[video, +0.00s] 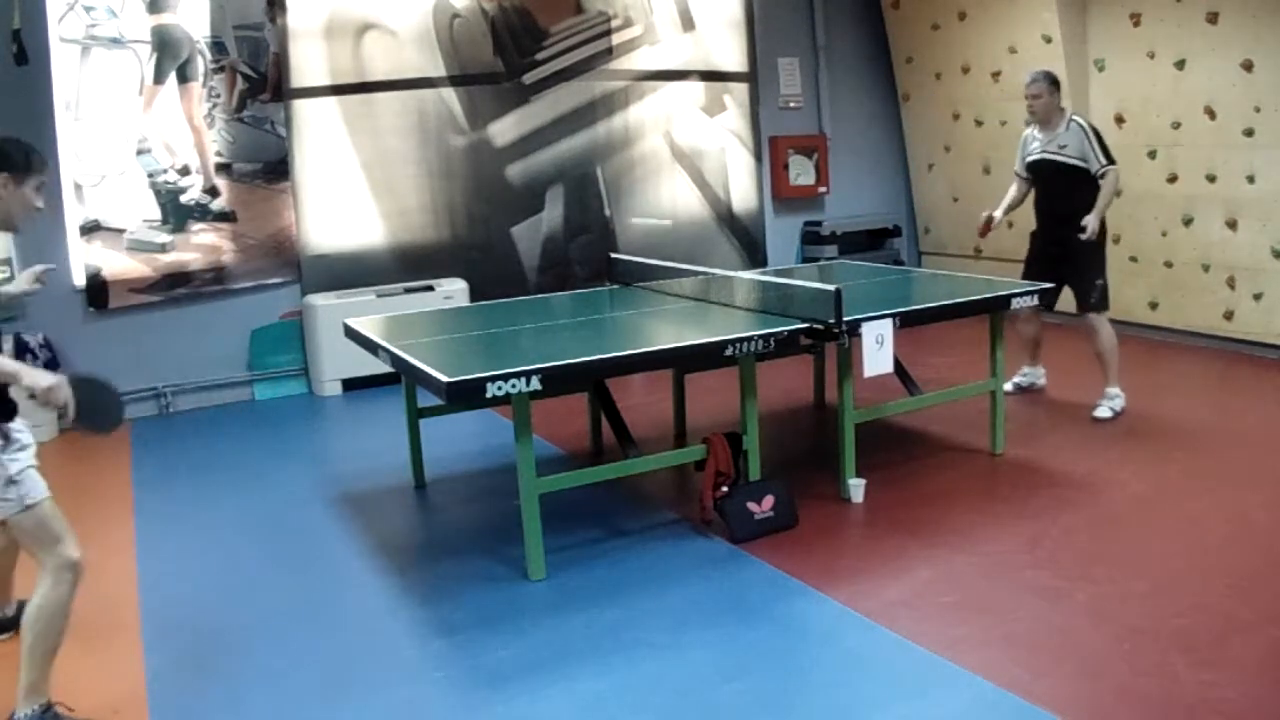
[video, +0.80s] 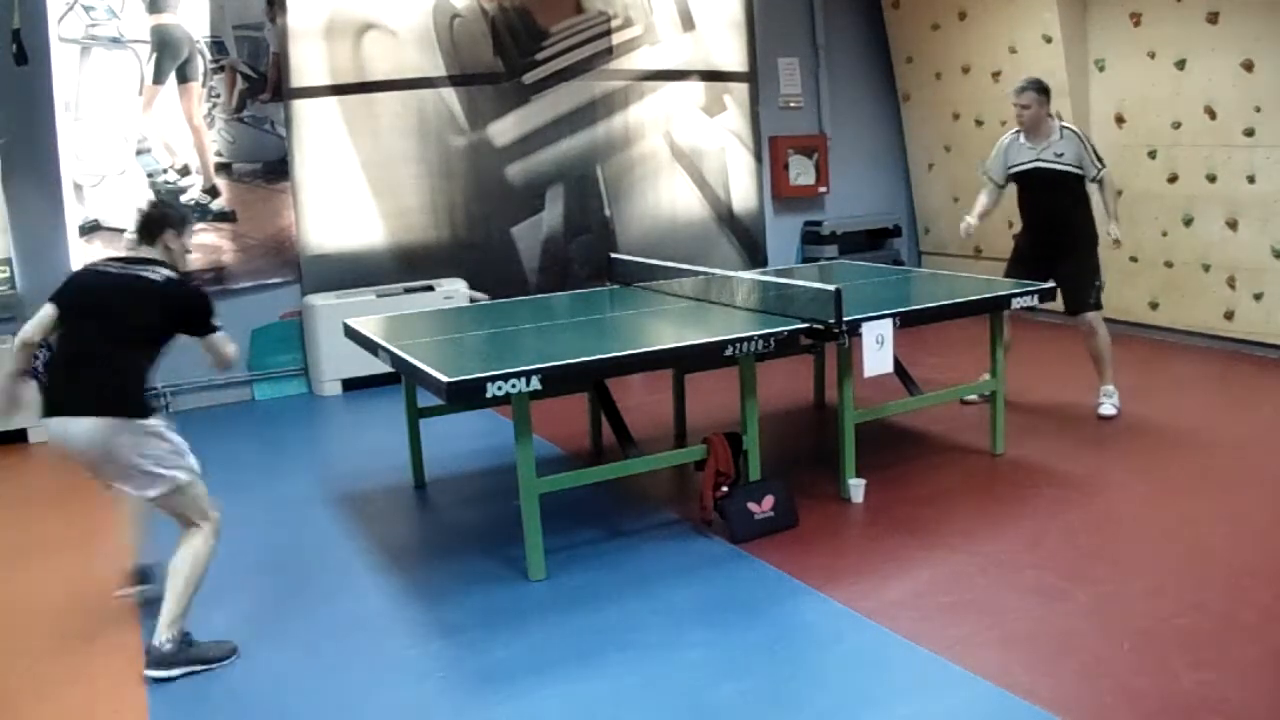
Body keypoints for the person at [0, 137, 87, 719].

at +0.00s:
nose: (40, 202)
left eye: (41, 192)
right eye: (35, 190)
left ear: (12, 189)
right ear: (6, 187)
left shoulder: (7, 245)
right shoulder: (3, 250)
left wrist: (16, 288)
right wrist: (30, 376)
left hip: (12, 431)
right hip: (7, 437)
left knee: (18, 521)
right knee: (62, 560)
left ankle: (4, 608)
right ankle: (32, 705)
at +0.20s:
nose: (43, 195)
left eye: (44, 183)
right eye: (38, 182)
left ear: (9, 183)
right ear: (5, 181)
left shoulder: (4, 244)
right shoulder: (3, 247)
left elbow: (3, 354)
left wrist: (39, 379)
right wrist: (35, 378)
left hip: (1, 430)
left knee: (19, 508)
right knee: (15, 575)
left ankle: (9, 613)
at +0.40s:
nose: (78, 214)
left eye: (79, 203)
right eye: (72, 202)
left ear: (41, 202)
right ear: (39, 201)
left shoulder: (17, 261)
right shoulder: (10, 266)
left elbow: (13, 373)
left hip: (6, 439)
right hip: (1, 445)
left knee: (57, 481)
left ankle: (39, 600)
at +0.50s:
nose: (109, 203)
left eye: (110, 192)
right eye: (104, 191)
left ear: (67, 193)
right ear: (74, 192)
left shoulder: (21, 243)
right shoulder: (46, 252)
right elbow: (51, 358)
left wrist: (182, 265)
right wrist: (131, 402)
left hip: (16, 429)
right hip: (11, 435)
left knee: (68, 476)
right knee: (18, 588)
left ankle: (83, 606)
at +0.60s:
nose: (142, 212)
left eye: (141, 202)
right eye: (137, 202)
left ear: (96, 205)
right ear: (110, 203)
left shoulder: (47, 251)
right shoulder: (94, 261)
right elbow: (108, 355)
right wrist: (167, 394)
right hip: (37, 421)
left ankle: (84, 613)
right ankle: (12, 635)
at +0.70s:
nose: (172, 236)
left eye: (172, 226)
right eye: (168, 226)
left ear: (126, 224)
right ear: (145, 224)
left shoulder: (72, 264)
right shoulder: (145, 276)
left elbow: (25, 340)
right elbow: (185, 363)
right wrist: (207, 392)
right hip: (72, 417)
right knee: (182, 501)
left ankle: (88, 610)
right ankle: (151, 638)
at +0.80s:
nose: (189, 250)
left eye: (188, 241)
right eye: (186, 241)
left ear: (139, 236)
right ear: (170, 239)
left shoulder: (89, 275)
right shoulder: (180, 291)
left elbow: (27, 338)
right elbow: (223, 356)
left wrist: (7, 387)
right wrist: (221, 345)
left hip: (56, 423)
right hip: (120, 424)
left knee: (128, 486)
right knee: (203, 522)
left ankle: (120, 575)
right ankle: (167, 642)